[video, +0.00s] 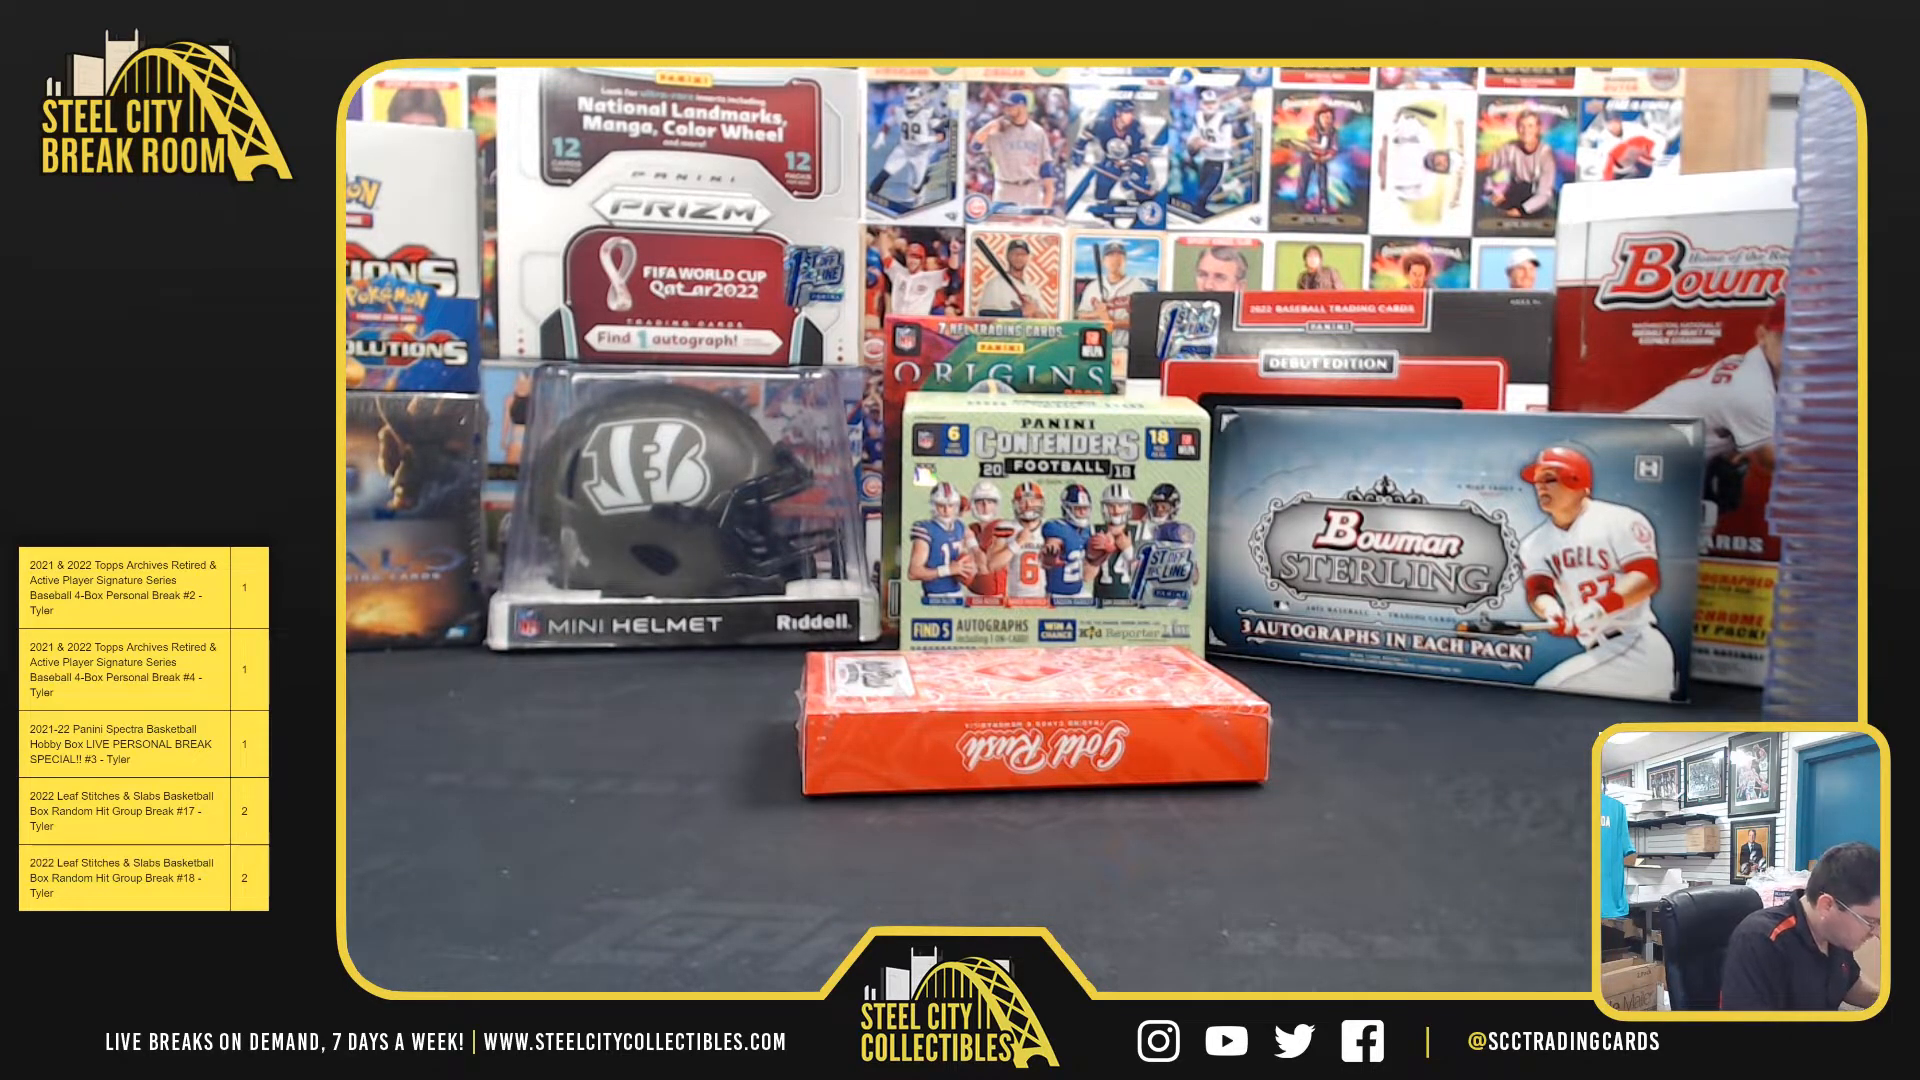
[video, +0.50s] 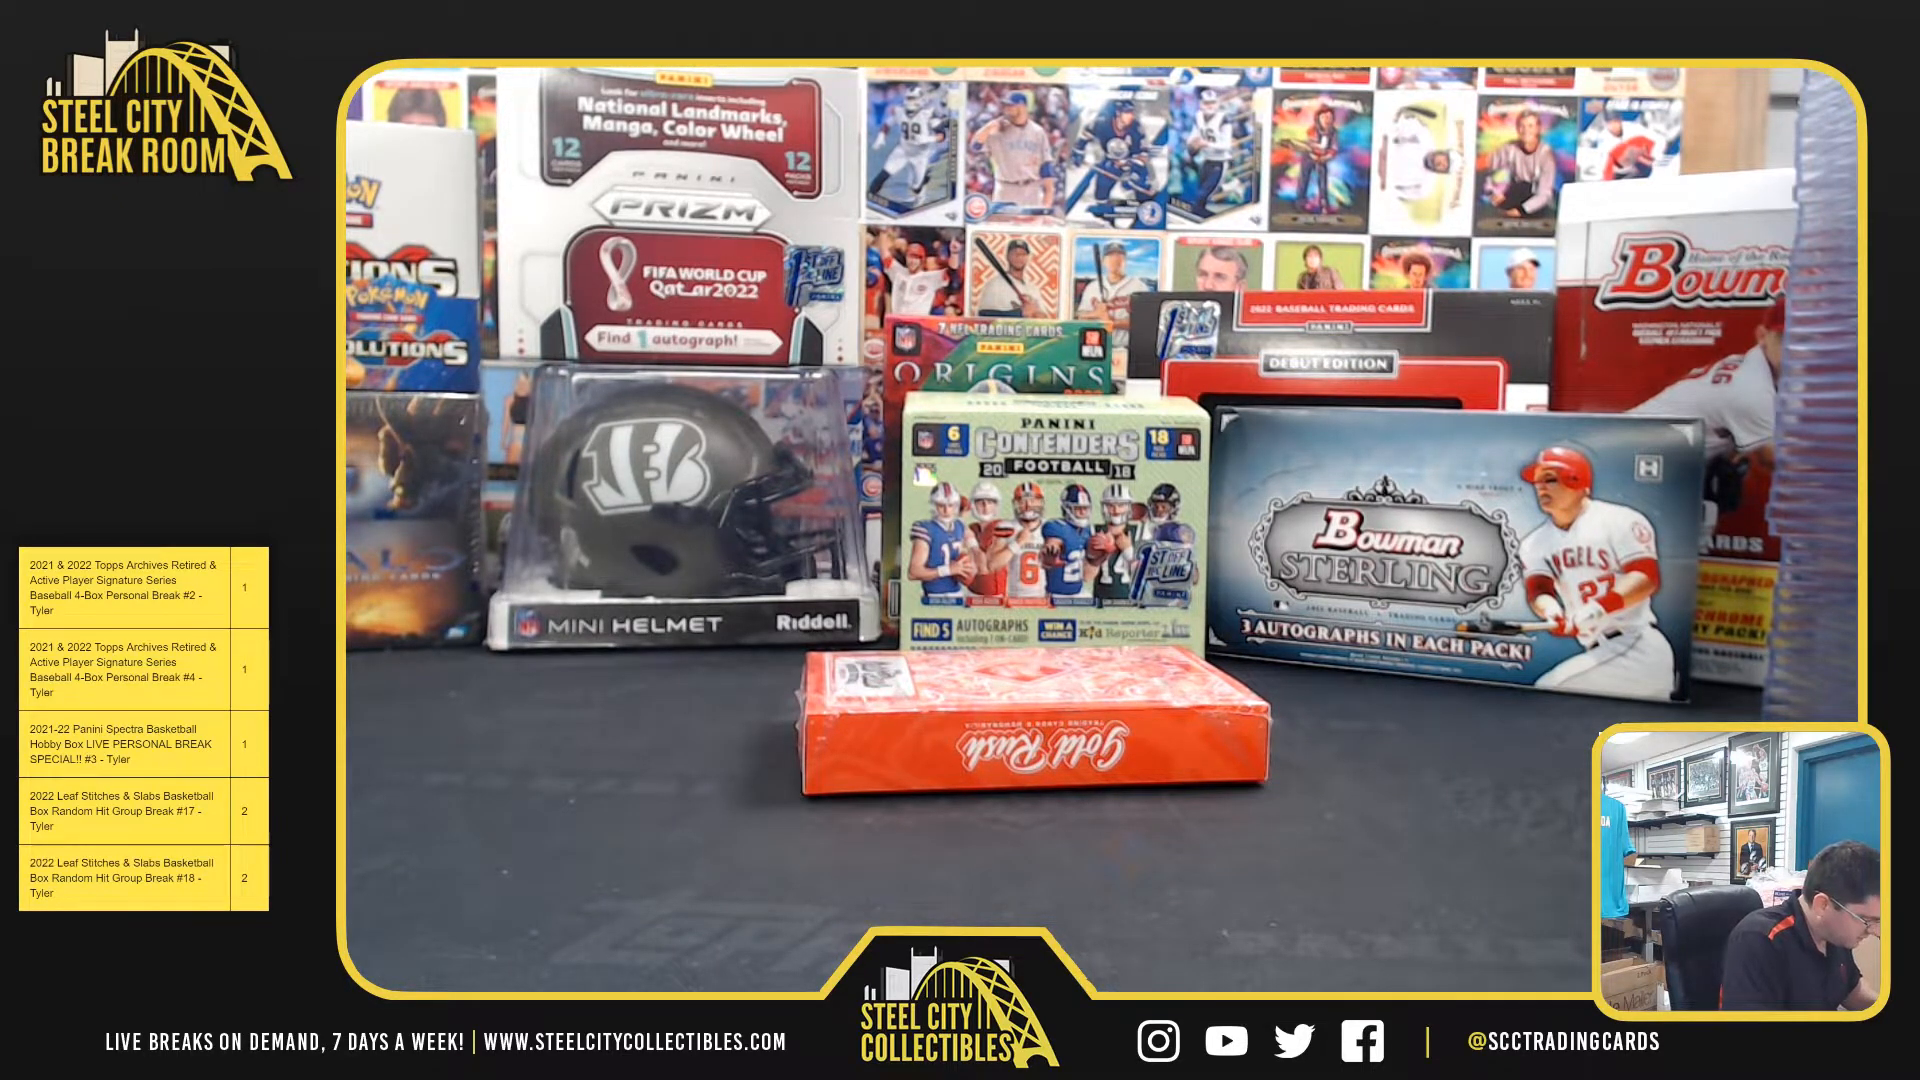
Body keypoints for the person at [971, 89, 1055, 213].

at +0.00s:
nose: (1007, 110)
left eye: (1011, 106)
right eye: (1006, 106)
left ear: (1022, 107)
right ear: (1004, 107)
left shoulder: (1038, 132)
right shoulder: (997, 129)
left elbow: (1046, 167)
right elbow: (974, 147)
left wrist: (1048, 200)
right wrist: (990, 127)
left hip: (1031, 186)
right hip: (1005, 186)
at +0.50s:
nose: (1006, 110)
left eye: (1010, 106)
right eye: (1006, 106)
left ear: (1022, 107)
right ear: (1004, 107)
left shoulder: (1038, 132)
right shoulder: (997, 129)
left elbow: (1046, 166)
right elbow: (974, 147)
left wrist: (1048, 199)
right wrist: (989, 128)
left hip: (1031, 186)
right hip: (1005, 186)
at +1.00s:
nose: (1006, 110)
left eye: (1010, 106)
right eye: (1006, 106)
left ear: (1022, 107)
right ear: (1004, 107)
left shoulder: (1038, 132)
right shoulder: (997, 129)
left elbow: (1046, 167)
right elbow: (975, 147)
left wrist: (1048, 200)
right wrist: (990, 127)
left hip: (1031, 186)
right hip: (1004, 186)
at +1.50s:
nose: (1006, 110)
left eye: (1010, 106)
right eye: (1006, 106)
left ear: (1022, 107)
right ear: (1004, 107)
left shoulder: (1038, 132)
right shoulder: (997, 129)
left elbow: (1046, 166)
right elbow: (974, 148)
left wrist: (1048, 198)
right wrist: (991, 127)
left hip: (1031, 186)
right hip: (1005, 186)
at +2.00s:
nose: (1006, 110)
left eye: (1010, 106)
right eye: (1006, 106)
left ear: (1022, 107)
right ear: (1004, 107)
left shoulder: (1038, 132)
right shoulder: (996, 129)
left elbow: (1046, 166)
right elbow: (974, 147)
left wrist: (1048, 198)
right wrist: (991, 127)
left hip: (1032, 186)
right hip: (1005, 186)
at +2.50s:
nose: (1006, 110)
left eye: (1010, 106)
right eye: (1005, 106)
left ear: (1022, 107)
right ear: (1004, 107)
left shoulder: (1038, 132)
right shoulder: (996, 129)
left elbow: (1046, 166)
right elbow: (974, 148)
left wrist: (1048, 198)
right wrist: (991, 127)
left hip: (1032, 186)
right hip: (1005, 186)